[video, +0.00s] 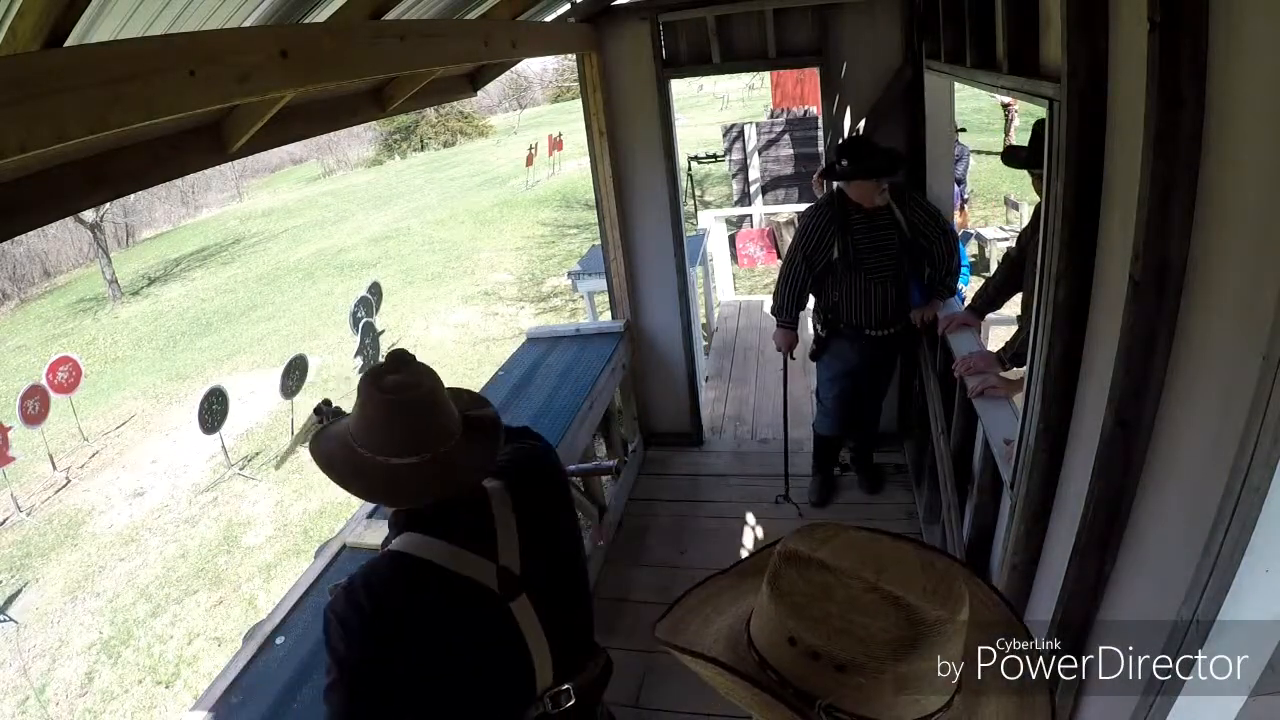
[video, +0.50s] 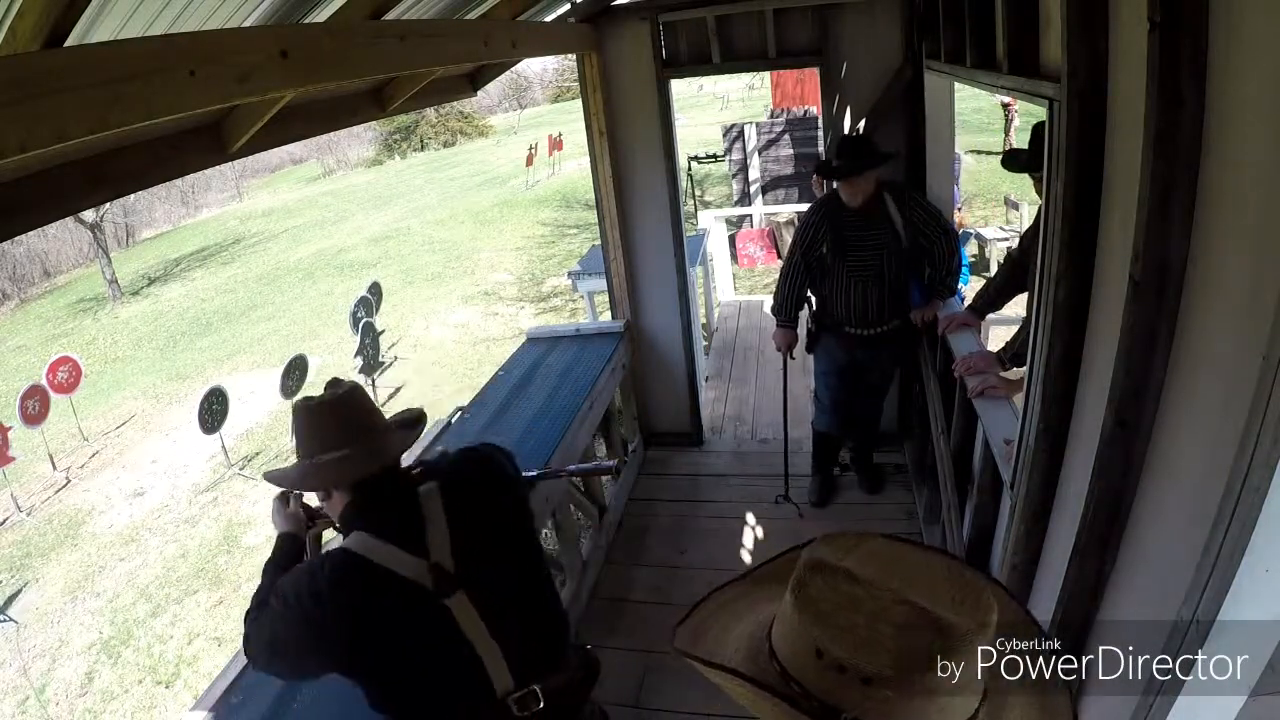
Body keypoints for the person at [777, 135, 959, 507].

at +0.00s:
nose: (884, 188)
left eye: (886, 179)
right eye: (875, 181)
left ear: (889, 176)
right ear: (849, 182)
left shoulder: (907, 209)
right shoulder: (824, 218)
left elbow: (945, 243)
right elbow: (795, 269)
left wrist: (937, 296)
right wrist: (786, 322)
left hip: (890, 333)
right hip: (840, 333)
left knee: (873, 403)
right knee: (832, 406)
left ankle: (864, 460)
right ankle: (823, 472)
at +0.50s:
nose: (849, 186)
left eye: (857, 178)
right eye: (843, 178)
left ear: (874, 174)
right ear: (834, 177)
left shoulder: (904, 207)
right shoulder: (821, 217)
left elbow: (944, 240)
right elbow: (795, 268)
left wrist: (937, 296)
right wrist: (785, 322)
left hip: (888, 332)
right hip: (835, 333)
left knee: (872, 405)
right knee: (829, 407)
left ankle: (864, 460)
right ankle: (822, 474)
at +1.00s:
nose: (838, 176)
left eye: (846, 168)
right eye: (834, 169)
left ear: (869, 167)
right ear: (832, 171)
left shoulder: (902, 205)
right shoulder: (822, 215)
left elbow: (946, 241)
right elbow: (799, 268)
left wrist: (937, 296)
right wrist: (790, 321)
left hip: (888, 331)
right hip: (836, 331)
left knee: (873, 404)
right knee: (830, 405)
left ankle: (864, 459)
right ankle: (822, 473)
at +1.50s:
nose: (837, 203)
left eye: (842, 195)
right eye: (831, 196)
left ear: (862, 180)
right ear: (824, 188)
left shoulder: (900, 206)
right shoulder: (821, 218)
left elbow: (944, 242)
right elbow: (799, 267)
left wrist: (935, 297)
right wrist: (789, 319)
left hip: (888, 332)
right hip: (837, 332)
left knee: (874, 404)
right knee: (832, 403)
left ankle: (864, 460)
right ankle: (822, 473)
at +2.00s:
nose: (839, 199)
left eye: (844, 190)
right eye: (833, 192)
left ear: (862, 180)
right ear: (828, 185)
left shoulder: (901, 206)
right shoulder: (821, 217)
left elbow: (945, 243)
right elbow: (799, 267)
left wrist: (936, 298)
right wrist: (788, 318)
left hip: (888, 332)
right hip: (837, 332)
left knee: (875, 404)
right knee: (831, 404)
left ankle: (865, 461)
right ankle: (822, 475)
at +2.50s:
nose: (838, 177)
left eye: (845, 168)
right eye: (834, 169)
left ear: (871, 166)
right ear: (833, 169)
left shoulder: (905, 204)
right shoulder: (825, 212)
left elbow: (946, 244)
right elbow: (801, 266)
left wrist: (936, 297)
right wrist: (791, 318)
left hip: (889, 330)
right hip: (837, 330)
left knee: (875, 407)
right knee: (831, 408)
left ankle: (864, 465)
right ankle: (820, 480)